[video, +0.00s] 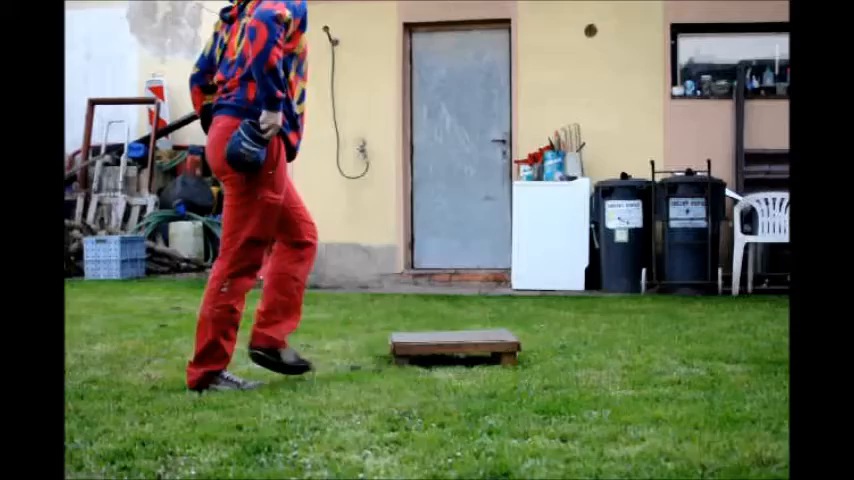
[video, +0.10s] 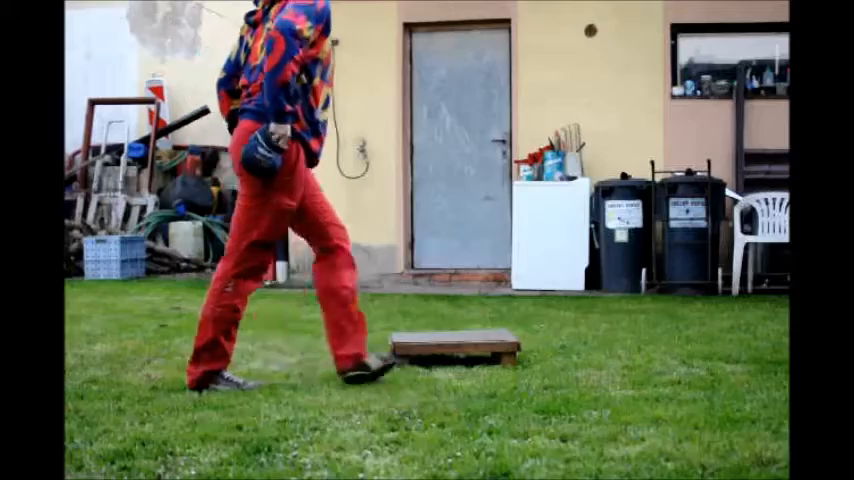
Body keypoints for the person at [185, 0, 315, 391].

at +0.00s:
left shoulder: (235, 13)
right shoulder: (290, 5)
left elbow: (201, 76)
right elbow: (259, 34)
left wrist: (215, 127)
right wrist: (272, 108)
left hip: (226, 133)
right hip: (254, 135)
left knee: (299, 236)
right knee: (237, 263)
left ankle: (271, 340)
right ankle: (208, 371)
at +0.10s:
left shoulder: (263, 15)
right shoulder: (312, 5)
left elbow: (228, 81)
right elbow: (279, 41)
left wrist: (242, 132)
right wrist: (275, 124)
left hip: (254, 137)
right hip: (274, 140)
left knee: (332, 241)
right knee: (243, 263)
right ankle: (206, 371)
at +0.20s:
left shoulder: (310, 15)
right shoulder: (353, 9)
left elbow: (273, 89)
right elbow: (316, 49)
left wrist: (282, 136)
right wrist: (306, 129)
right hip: (322, 151)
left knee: (375, 256)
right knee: (284, 266)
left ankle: (398, 371)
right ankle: (217, 360)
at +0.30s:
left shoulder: (336, 19)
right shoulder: (380, 9)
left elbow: (305, 99)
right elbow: (346, 52)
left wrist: (315, 145)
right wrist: (339, 128)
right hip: (358, 146)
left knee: (404, 257)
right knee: (350, 269)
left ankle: (404, 372)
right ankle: (253, 339)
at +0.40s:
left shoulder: (356, 19)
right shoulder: (406, 7)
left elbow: (333, 94)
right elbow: (385, 58)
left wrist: (346, 147)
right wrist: (381, 136)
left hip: (359, 138)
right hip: (391, 140)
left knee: (409, 261)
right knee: (419, 261)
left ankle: (404, 374)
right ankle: (320, 324)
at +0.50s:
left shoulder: (386, 17)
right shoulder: (446, 5)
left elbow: (366, 81)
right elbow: (434, 51)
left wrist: (383, 133)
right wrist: (437, 126)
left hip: (391, 130)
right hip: (431, 127)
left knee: (416, 262)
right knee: (491, 238)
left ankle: (402, 373)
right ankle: (448, 338)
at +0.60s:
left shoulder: (402, 20)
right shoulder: (474, 4)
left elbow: (387, 84)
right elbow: (475, 44)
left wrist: (408, 136)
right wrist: (480, 118)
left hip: (414, 129)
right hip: (463, 124)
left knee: (423, 261)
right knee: (520, 239)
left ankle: (405, 374)